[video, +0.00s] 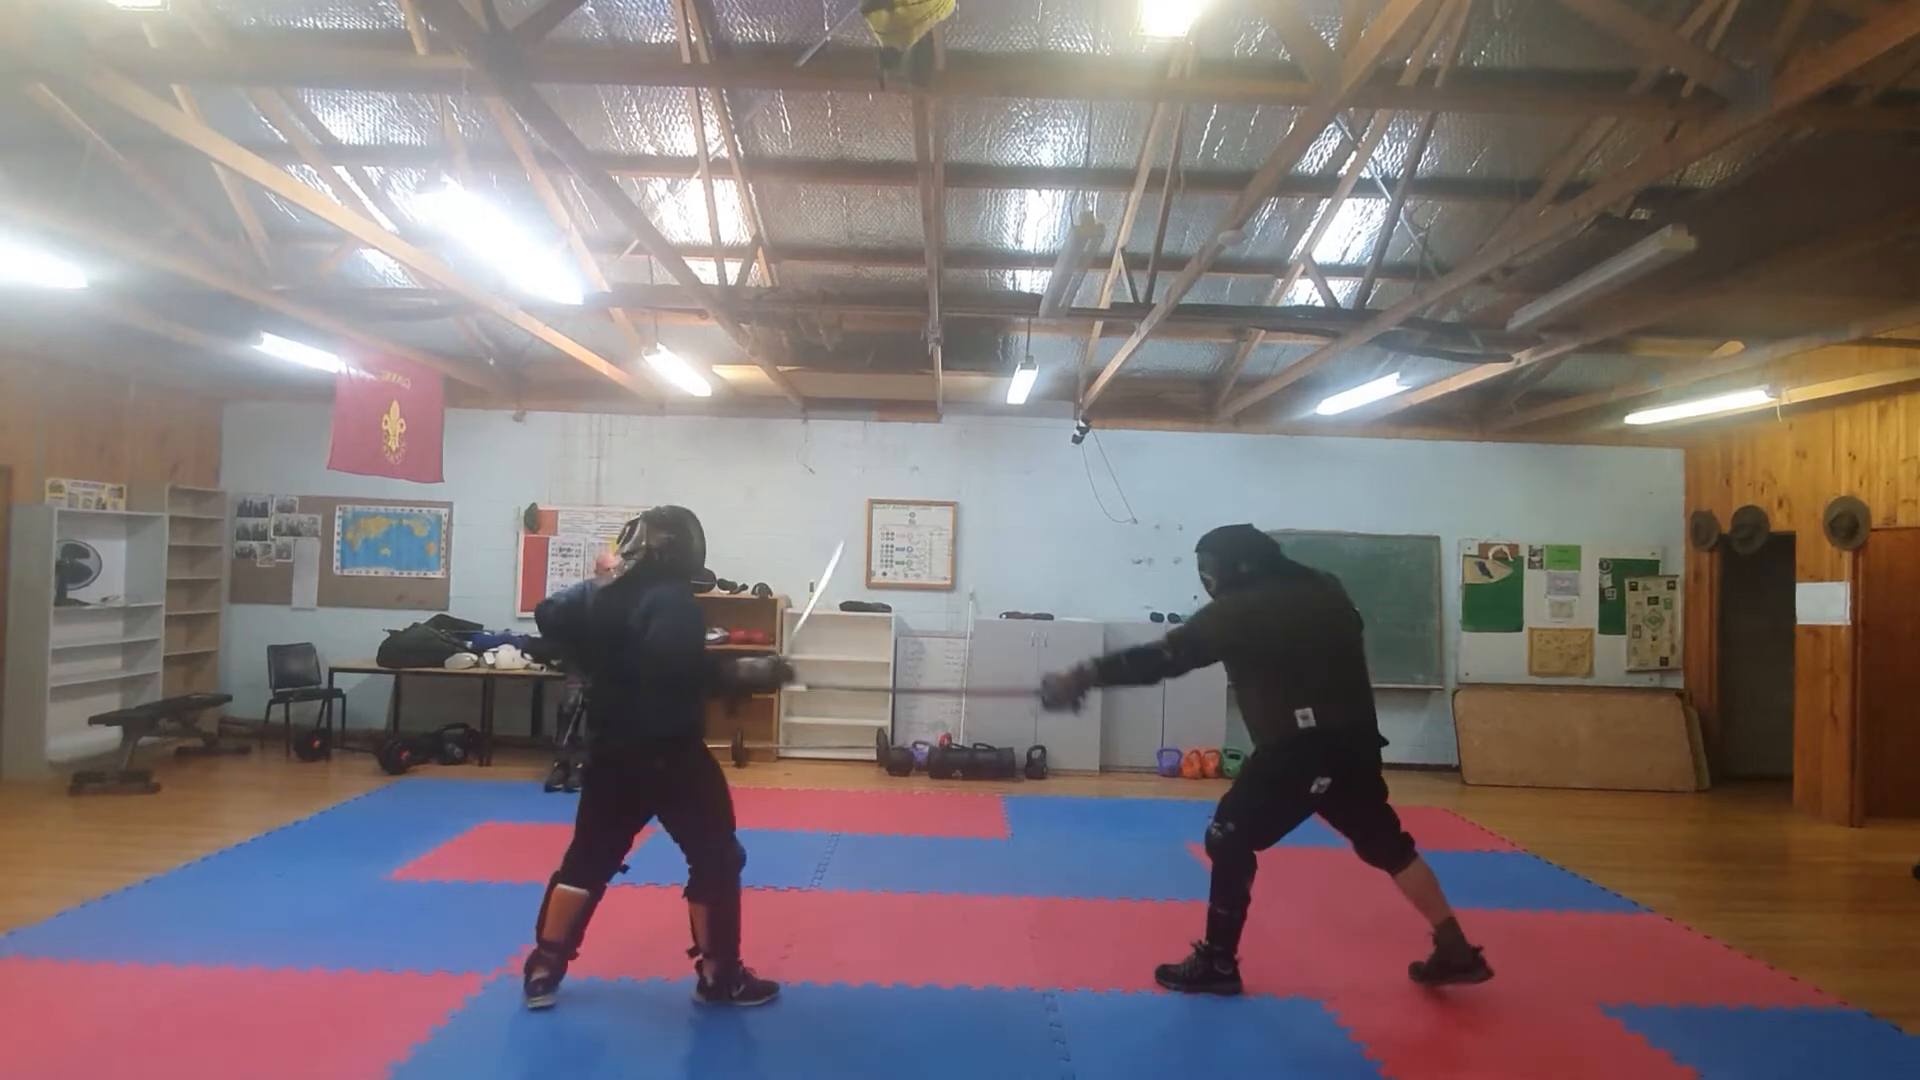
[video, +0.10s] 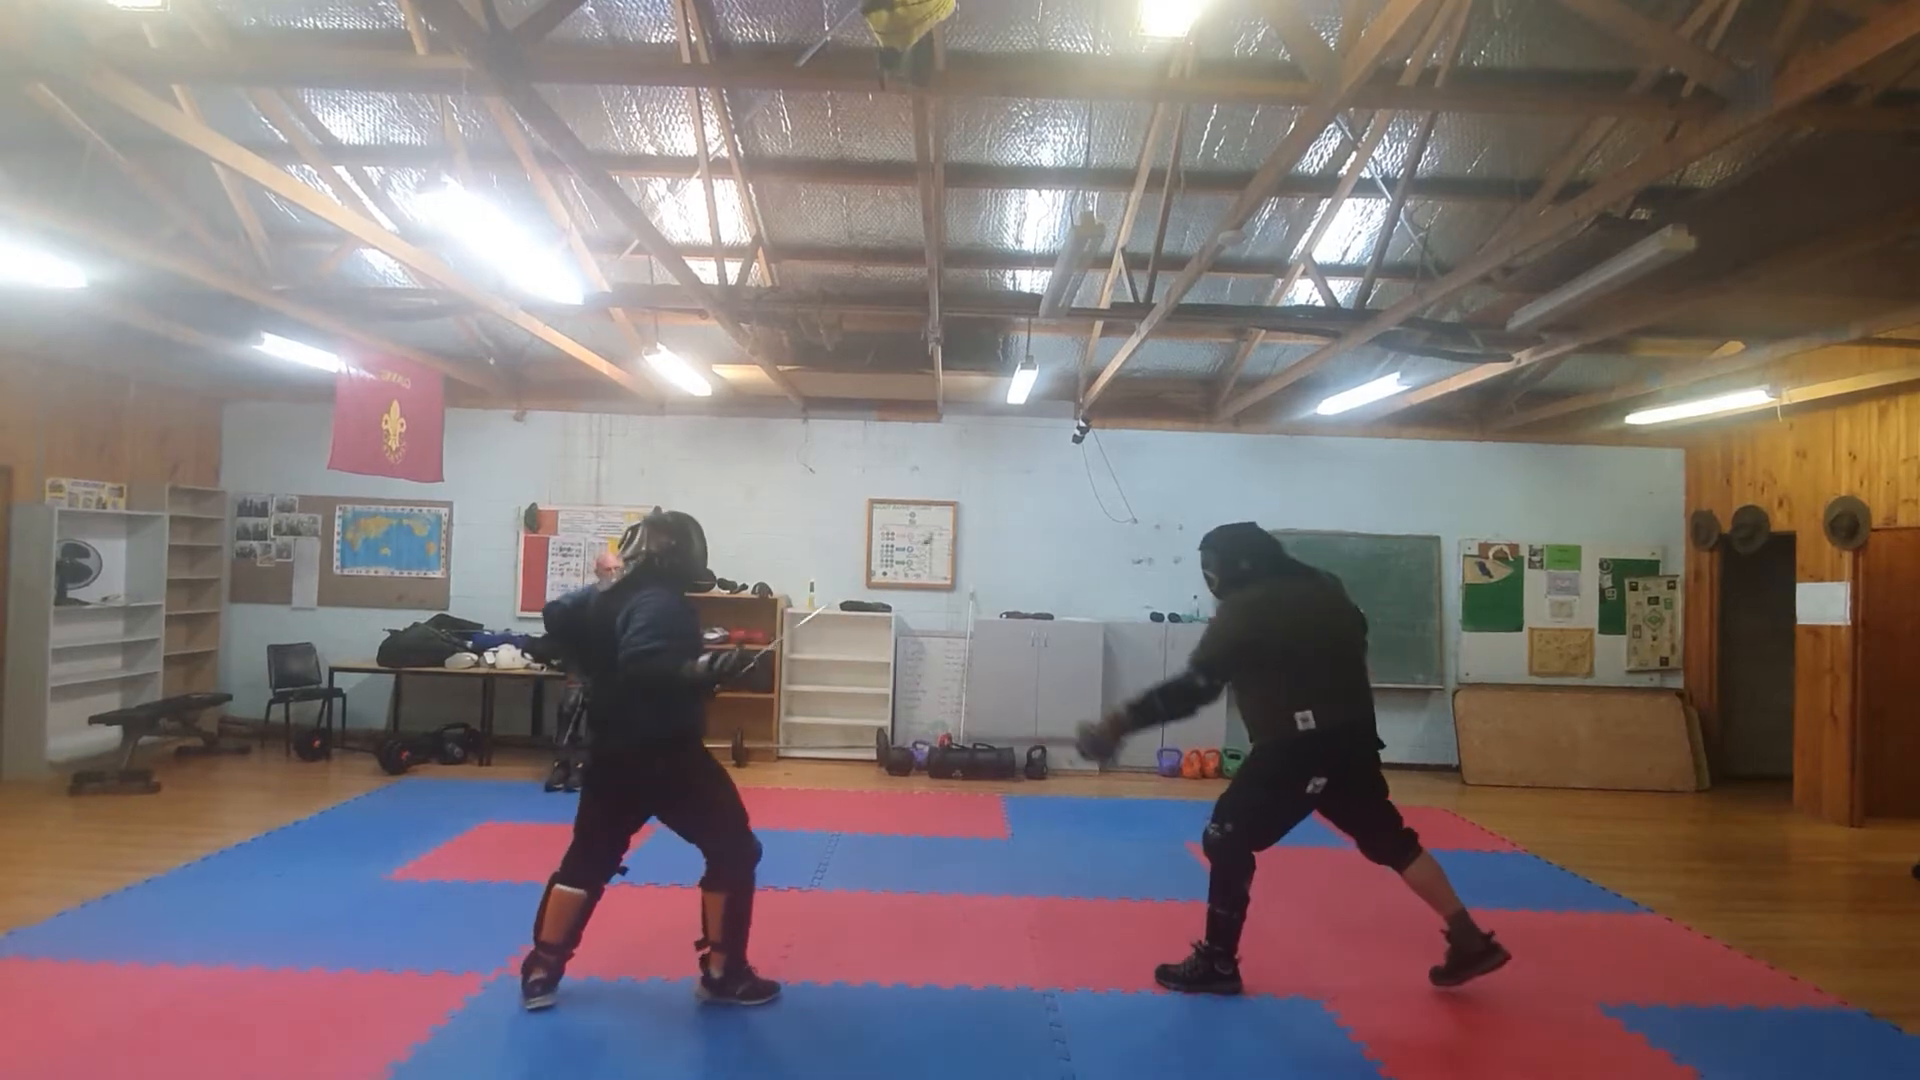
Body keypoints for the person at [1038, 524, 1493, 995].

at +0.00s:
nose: (1206, 588)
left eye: (1208, 576)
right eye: (1205, 577)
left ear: (1231, 569)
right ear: (1264, 558)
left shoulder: (1235, 610)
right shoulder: (1326, 589)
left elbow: (1165, 657)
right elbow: (1351, 645)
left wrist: (1086, 675)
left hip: (1290, 752)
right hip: (1354, 743)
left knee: (1230, 840)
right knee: (1390, 846)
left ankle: (1217, 960)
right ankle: (1456, 947)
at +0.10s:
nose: (1212, 586)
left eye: (1213, 575)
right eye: (1209, 576)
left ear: (1233, 566)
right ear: (1267, 556)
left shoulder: (1239, 610)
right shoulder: (1325, 589)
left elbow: (1195, 687)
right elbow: (1355, 641)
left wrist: (1120, 723)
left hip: (1292, 748)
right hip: (1354, 741)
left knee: (1228, 838)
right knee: (1391, 841)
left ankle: (1217, 960)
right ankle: (1469, 939)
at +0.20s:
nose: (1224, 585)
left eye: (1224, 574)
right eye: (1221, 574)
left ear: (1244, 569)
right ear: (1278, 558)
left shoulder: (1259, 614)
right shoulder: (1335, 590)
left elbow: (1241, 702)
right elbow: (1363, 647)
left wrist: (1178, 753)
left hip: (1291, 756)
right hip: (1354, 748)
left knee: (1229, 840)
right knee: (1398, 848)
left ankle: (1218, 960)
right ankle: (1471, 950)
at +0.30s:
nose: (1245, 583)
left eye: (1249, 572)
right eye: (1243, 573)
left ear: (1273, 567)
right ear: (1301, 559)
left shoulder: (1284, 618)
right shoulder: (1359, 600)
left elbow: (1282, 713)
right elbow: (1371, 696)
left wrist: (1232, 773)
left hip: (1304, 765)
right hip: (1365, 763)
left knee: (1237, 844)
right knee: (1407, 862)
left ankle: (1219, 960)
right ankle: (1479, 967)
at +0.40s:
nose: (1277, 583)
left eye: (1282, 572)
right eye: (1276, 573)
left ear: (1309, 568)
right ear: (1332, 561)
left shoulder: (1317, 622)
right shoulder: (1387, 609)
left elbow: (1311, 714)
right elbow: (1400, 710)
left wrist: (1291, 776)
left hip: (1331, 777)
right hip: (1388, 778)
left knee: (1260, 849)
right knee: (1430, 871)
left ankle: (1221, 961)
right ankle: (1490, 984)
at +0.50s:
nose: (1311, 580)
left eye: (1316, 569)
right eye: (1308, 570)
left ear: (1347, 562)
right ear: (1368, 558)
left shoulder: (1347, 620)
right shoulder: (1421, 610)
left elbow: (1332, 713)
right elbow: (1429, 700)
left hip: (1359, 775)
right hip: (1415, 774)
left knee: (1293, 860)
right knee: (1452, 870)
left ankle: (1234, 958)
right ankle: (1495, 986)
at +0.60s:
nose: (1337, 569)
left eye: (1342, 558)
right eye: (1335, 559)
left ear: (1373, 553)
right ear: (1387, 550)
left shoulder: (1386, 604)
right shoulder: (1441, 601)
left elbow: (1392, 689)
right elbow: (1449, 693)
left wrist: (1367, 753)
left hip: (1386, 762)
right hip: (1431, 763)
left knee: (1315, 846)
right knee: (1461, 866)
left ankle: (1265, 956)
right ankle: (1495, 986)